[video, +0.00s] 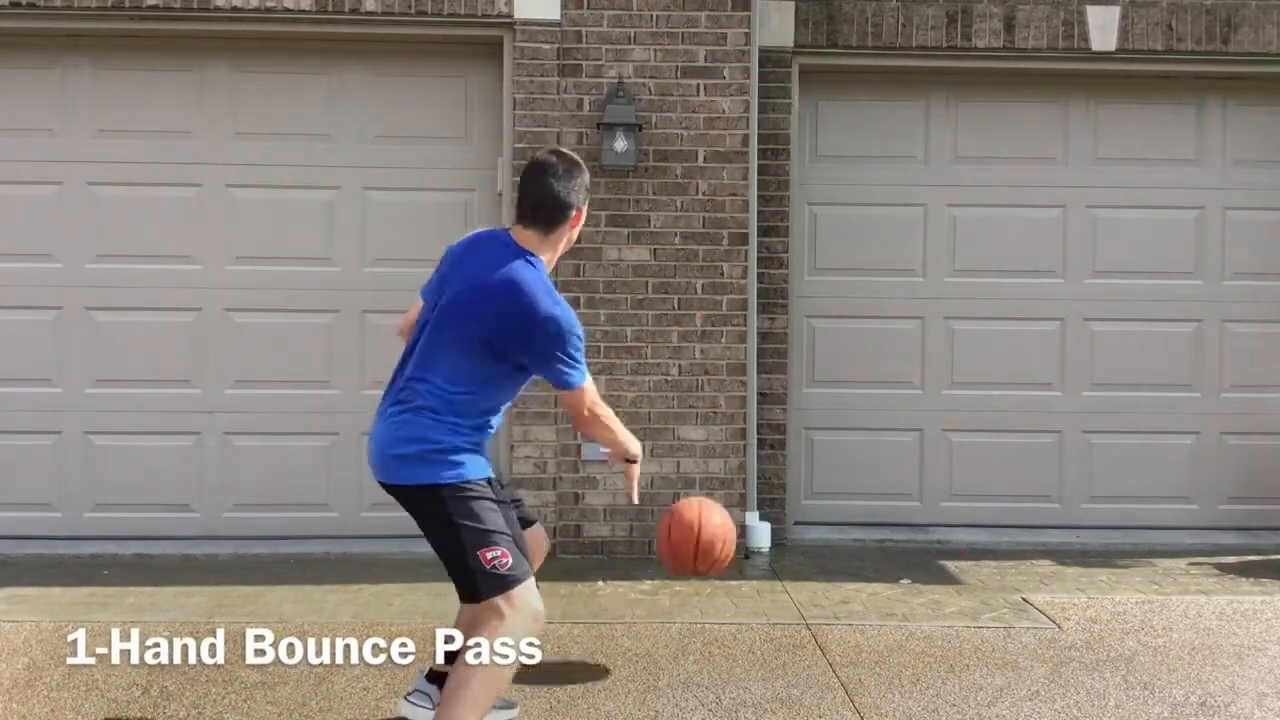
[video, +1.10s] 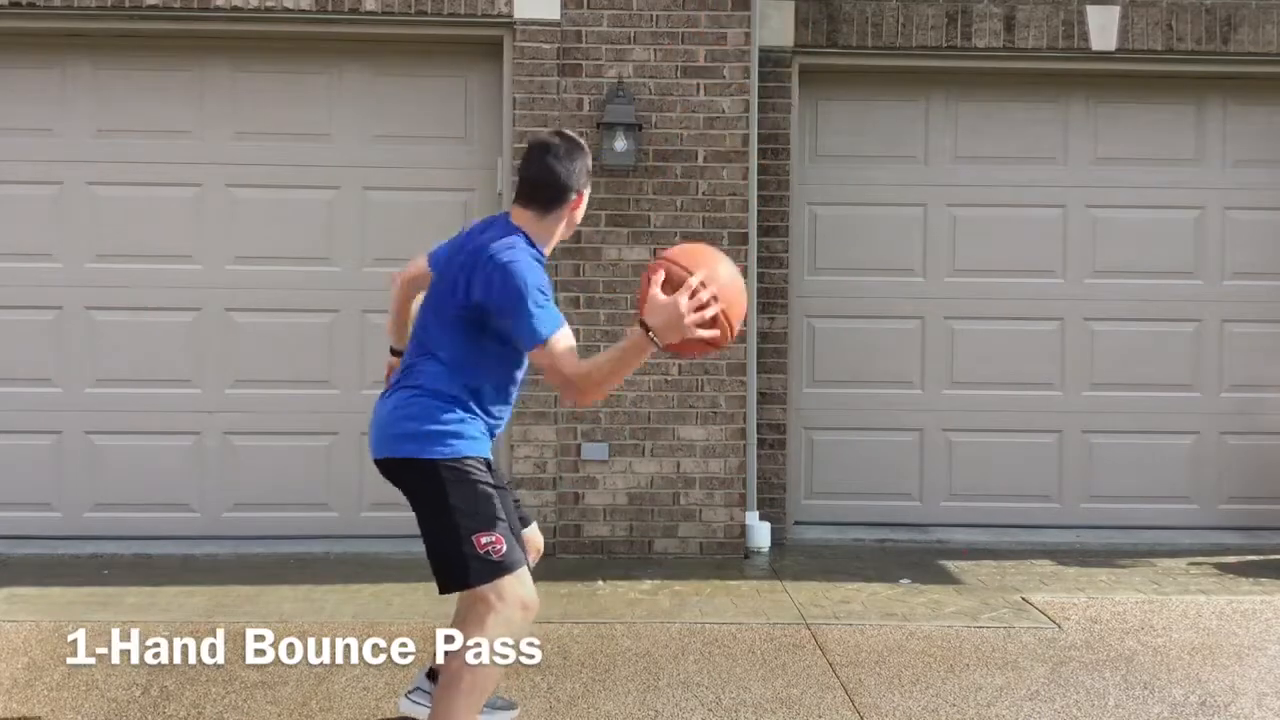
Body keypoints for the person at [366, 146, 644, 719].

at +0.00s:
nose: (584, 223)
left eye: (584, 213)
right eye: (586, 213)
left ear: (520, 201)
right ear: (577, 219)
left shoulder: (475, 246)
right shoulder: (546, 312)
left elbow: (411, 326)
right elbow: (586, 411)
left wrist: (458, 385)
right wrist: (630, 449)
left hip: (405, 441)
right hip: (436, 456)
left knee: (530, 543)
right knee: (516, 618)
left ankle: (445, 681)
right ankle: (455, 711)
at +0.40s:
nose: (573, 204)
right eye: (574, 195)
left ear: (508, 190)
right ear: (567, 202)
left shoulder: (463, 245)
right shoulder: (542, 281)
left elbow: (399, 332)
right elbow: (569, 409)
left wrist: (450, 386)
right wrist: (622, 403)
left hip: (405, 441)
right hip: (444, 452)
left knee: (527, 545)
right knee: (528, 613)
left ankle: (441, 684)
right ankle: (457, 712)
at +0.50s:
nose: (565, 188)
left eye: (564, 179)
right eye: (565, 180)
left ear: (496, 180)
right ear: (557, 188)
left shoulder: (459, 236)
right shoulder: (536, 261)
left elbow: (401, 329)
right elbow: (603, 367)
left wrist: (450, 385)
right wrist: (644, 322)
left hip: (409, 437)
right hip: (448, 448)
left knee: (523, 548)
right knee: (528, 615)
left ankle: (438, 687)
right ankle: (459, 712)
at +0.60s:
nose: (558, 162)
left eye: (554, 151)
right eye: (556, 152)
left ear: (490, 159)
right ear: (545, 162)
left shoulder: (460, 219)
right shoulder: (535, 231)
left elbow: (410, 317)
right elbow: (649, 278)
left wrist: (481, 400)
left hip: (422, 428)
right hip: (452, 437)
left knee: (486, 580)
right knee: (516, 608)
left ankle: (434, 690)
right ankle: (455, 712)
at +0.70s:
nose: (557, 138)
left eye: (554, 129)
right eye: (554, 128)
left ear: (486, 137)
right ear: (542, 136)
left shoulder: (463, 196)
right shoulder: (529, 193)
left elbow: (418, 298)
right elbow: (662, 196)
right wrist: (706, 119)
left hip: (426, 412)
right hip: (454, 419)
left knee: (488, 581)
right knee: (503, 596)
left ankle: (441, 687)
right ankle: (452, 713)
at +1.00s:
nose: (578, 170)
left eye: (576, 159)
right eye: (578, 159)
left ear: (511, 160)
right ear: (567, 165)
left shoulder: (486, 212)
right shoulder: (515, 218)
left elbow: (421, 268)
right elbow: (617, 273)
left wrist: (414, 345)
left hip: (445, 416)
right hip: (437, 417)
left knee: (513, 541)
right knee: (498, 591)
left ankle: (443, 680)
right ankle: (449, 709)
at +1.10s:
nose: (585, 209)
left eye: (586, 197)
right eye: (587, 198)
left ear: (520, 185)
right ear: (577, 203)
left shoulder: (483, 235)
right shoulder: (515, 264)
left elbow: (405, 283)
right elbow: (578, 387)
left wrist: (399, 351)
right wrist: (650, 333)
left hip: (425, 428)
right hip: (436, 438)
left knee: (524, 542)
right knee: (512, 603)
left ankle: (441, 682)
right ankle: (453, 710)